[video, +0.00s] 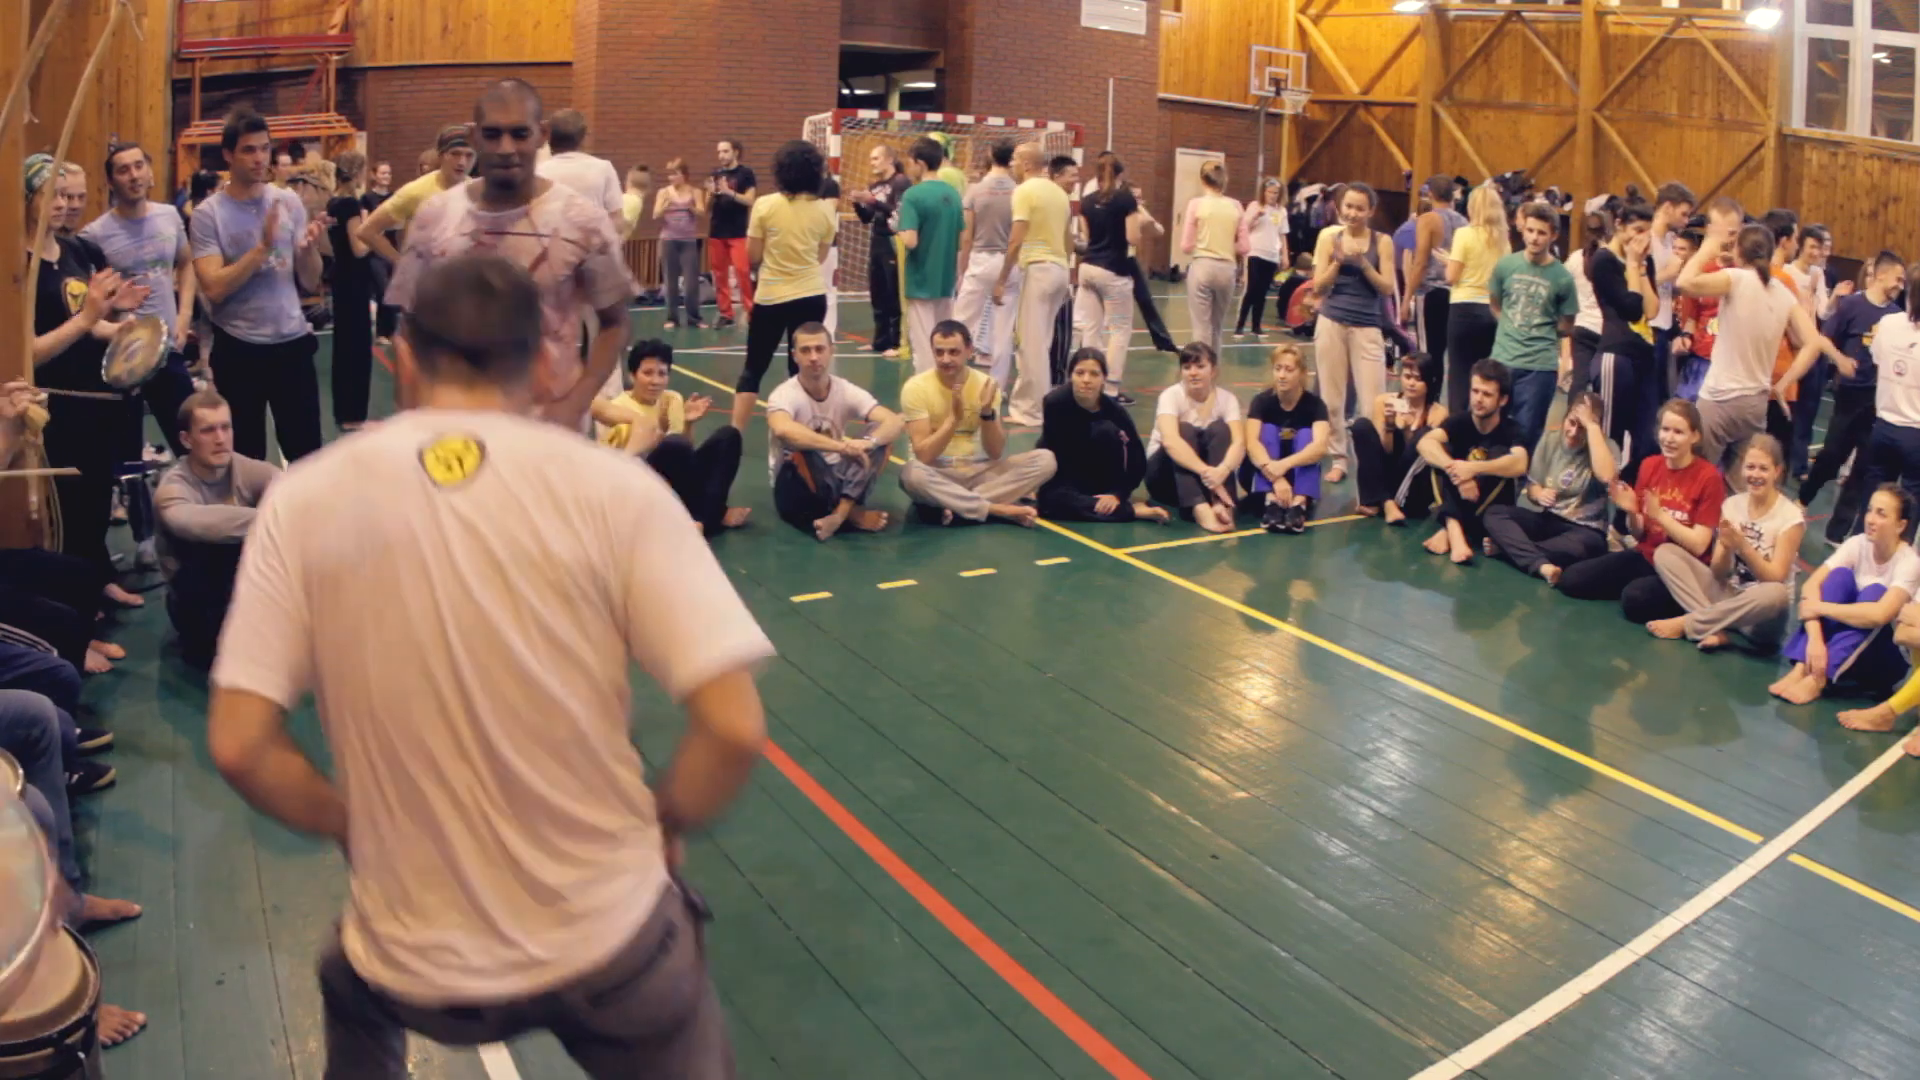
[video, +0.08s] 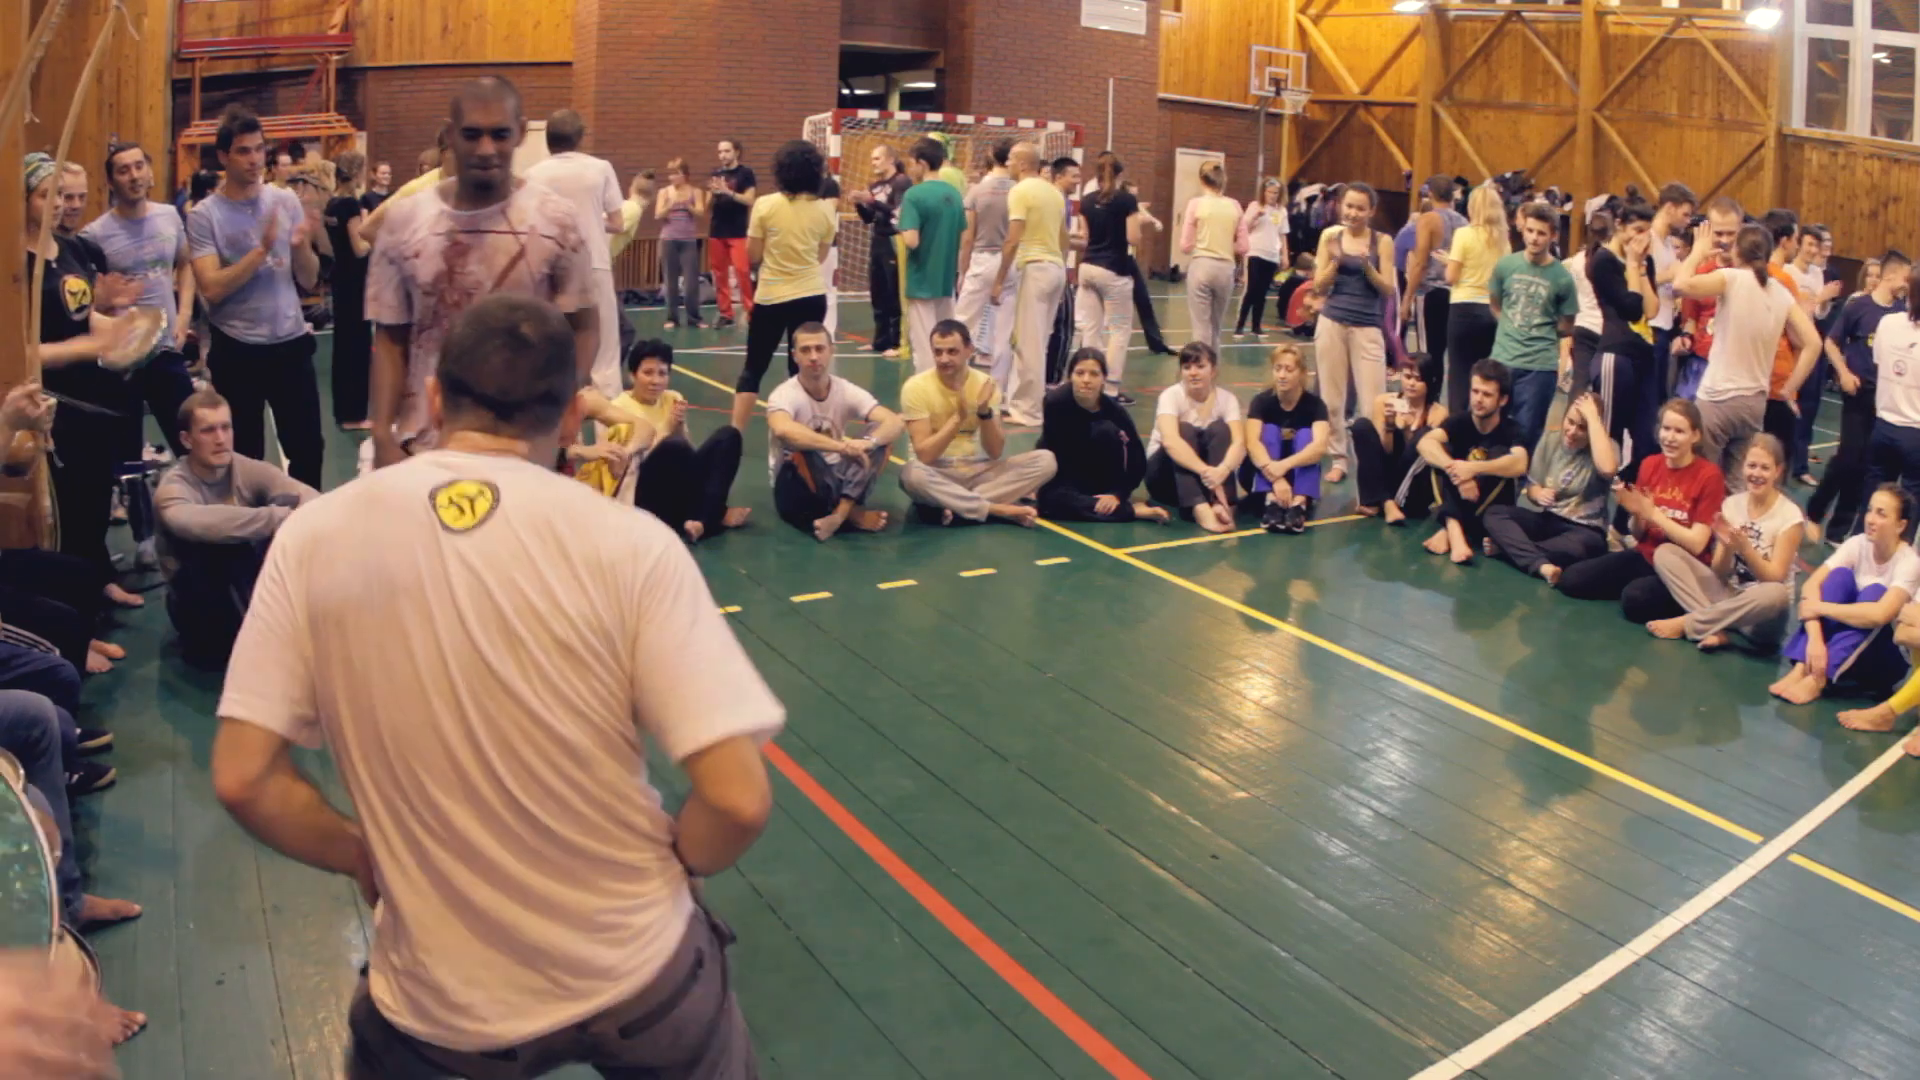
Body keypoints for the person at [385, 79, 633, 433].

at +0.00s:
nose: (506, 148)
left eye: (520, 135)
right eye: (492, 134)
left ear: (542, 136)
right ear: (474, 136)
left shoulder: (581, 218)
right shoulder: (435, 214)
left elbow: (615, 322)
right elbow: (407, 323)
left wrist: (574, 403)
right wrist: (414, 409)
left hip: (546, 417)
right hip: (453, 413)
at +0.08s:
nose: (486, 150)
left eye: (500, 135)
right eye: (471, 135)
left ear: (521, 135)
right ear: (449, 136)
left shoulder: (559, 220)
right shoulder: (403, 221)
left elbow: (584, 328)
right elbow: (391, 337)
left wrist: (556, 424)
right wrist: (382, 434)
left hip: (525, 437)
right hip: (426, 438)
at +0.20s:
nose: (439, 149)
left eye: (453, 133)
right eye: (424, 134)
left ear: (477, 134)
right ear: (404, 135)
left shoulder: (519, 207)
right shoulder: (360, 225)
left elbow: (574, 309)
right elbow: (344, 342)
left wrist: (529, 390)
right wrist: (350, 433)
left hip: (502, 434)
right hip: (395, 440)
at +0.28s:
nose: (403, 158)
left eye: (417, 140)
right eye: (385, 143)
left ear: (440, 134)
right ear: (362, 141)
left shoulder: (494, 198)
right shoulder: (328, 228)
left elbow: (567, 285)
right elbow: (300, 352)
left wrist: (531, 357)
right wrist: (322, 419)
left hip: (485, 416)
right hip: (377, 422)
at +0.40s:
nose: (345, 212)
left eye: (359, 191)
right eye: (326, 197)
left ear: (384, 174)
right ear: (300, 191)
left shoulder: (429, 206)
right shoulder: (271, 261)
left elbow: (545, 275)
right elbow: (243, 407)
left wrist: (485, 369)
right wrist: (314, 452)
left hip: (438, 406)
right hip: (332, 424)